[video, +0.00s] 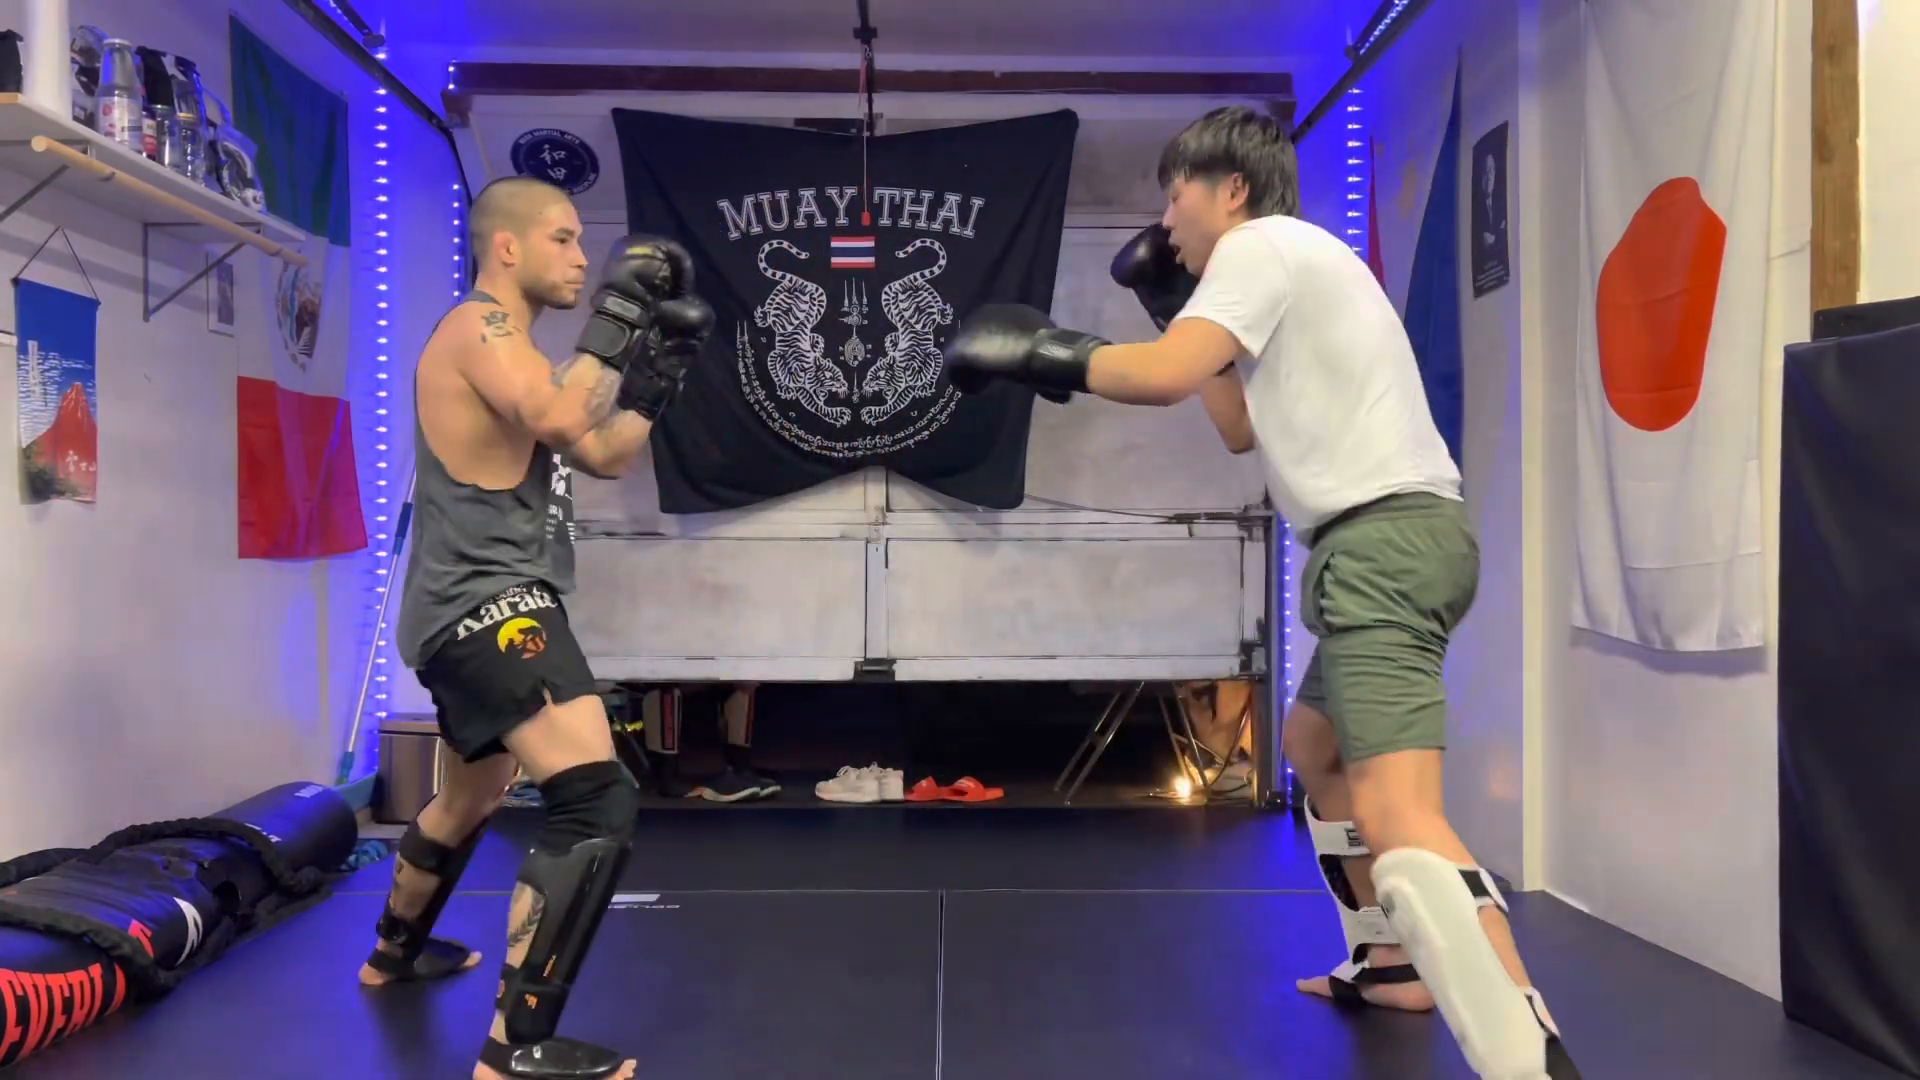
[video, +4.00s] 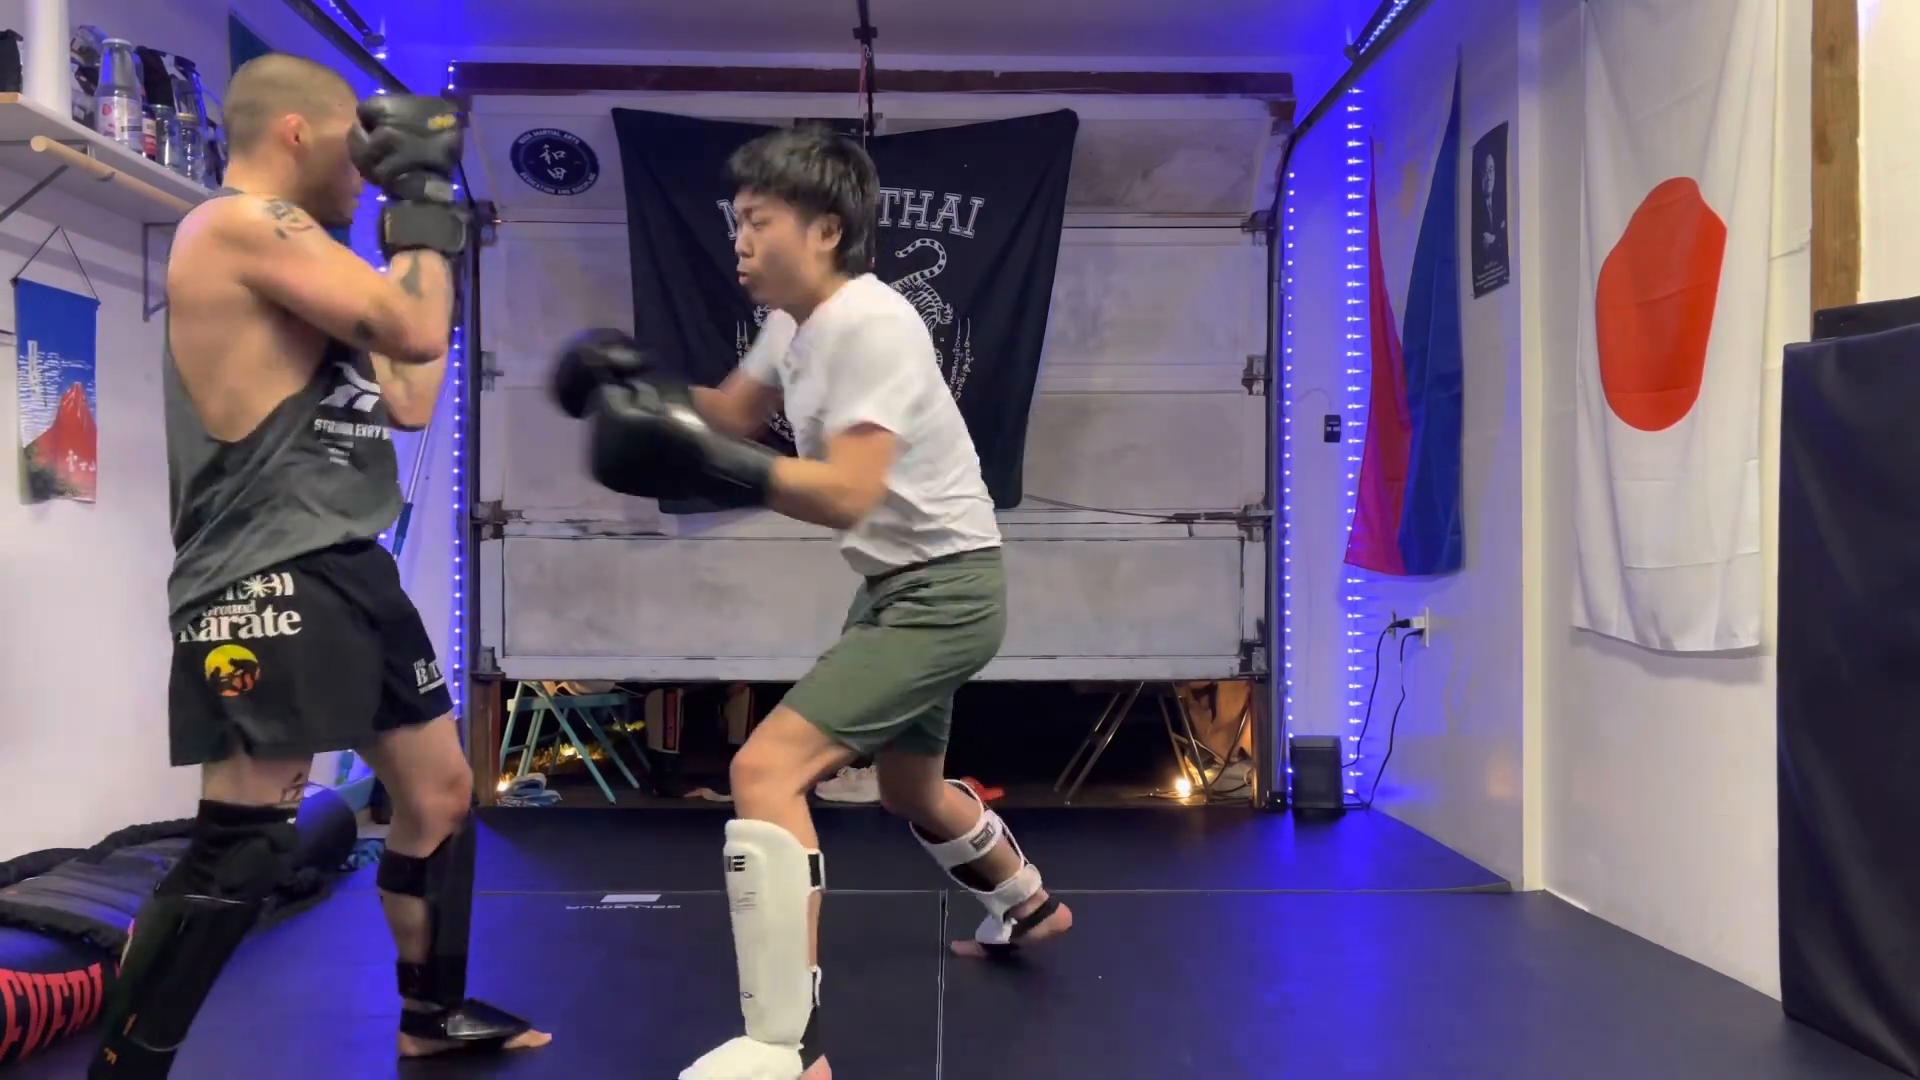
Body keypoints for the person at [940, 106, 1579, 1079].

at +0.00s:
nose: (1168, 222)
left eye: (1175, 200)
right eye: (1166, 204)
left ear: (1232, 189)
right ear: (1256, 197)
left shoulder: (1264, 248)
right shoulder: (1302, 263)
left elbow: (1168, 370)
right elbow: (1239, 424)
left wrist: (1047, 351)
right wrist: (1187, 304)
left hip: (1379, 535)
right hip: (1414, 531)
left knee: (1403, 820)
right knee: (1316, 742)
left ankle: (1523, 1027)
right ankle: (1391, 955)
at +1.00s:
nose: (1033, 264)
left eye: (1040, 246)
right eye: (1032, 250)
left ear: (1087, 238)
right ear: (1087, 244)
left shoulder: (1123, 287)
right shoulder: (1127, 303)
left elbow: (1138, 409)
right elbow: (1068, 402)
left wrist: (1033, 447)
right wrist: (1032, 329)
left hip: (1181, 517)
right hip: (1210, 520)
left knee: (1070, 720)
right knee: (1173, 708)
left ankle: (1167, 905)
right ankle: (1236, 872)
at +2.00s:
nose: (717, 259)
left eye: (731, 243)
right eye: (719, 244)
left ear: (785, 255)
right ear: (759, 258)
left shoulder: (856, 339)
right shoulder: (732, 340)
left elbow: (898, 471)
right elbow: (626, 374)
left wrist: (794, 520)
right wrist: (528, 344)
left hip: (893, 553)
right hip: (812, 565)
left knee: (855, 746)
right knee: (719, 734)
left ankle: (941, 961)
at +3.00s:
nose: (798, 257)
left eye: (810, 240)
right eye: (797, 241)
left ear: (860, 241)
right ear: (869, 247)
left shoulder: (878, 296)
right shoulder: (914, 305)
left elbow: (848, 404)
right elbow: (861, 439)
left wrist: (753, 359)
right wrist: (781, 375)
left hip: (952, 537)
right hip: (995, 538)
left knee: (827, 732)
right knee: (971, 728)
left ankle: (942, 914)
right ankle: (1009, 887)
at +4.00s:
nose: (738, 238)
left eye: (756, 220)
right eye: (738, 221)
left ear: (826, 230)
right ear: (801, 235)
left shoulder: (869, 324)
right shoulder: (793, 320)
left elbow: (850, 491)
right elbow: (732, 415)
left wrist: (717, 460)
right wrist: (640, 381)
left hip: (946, 589)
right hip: (891, 586)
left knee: (767, 770)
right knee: (913, 785)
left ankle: (780, 1046)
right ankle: (1025, 905)